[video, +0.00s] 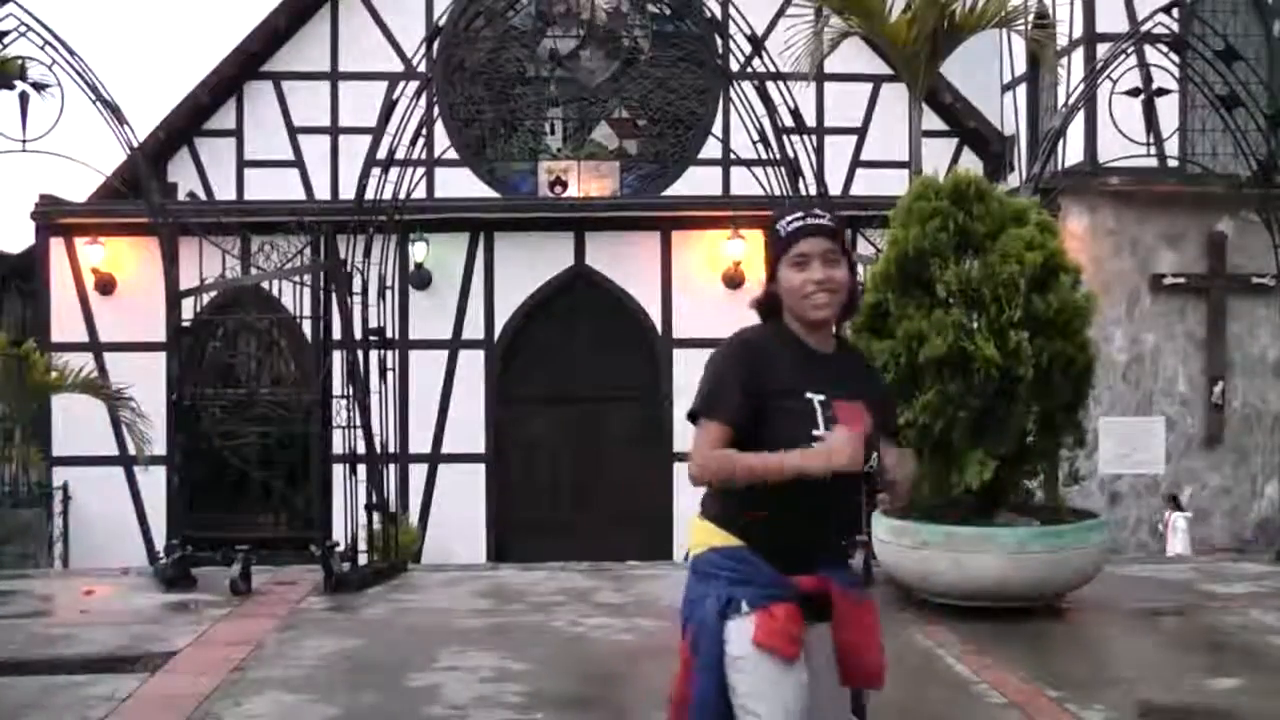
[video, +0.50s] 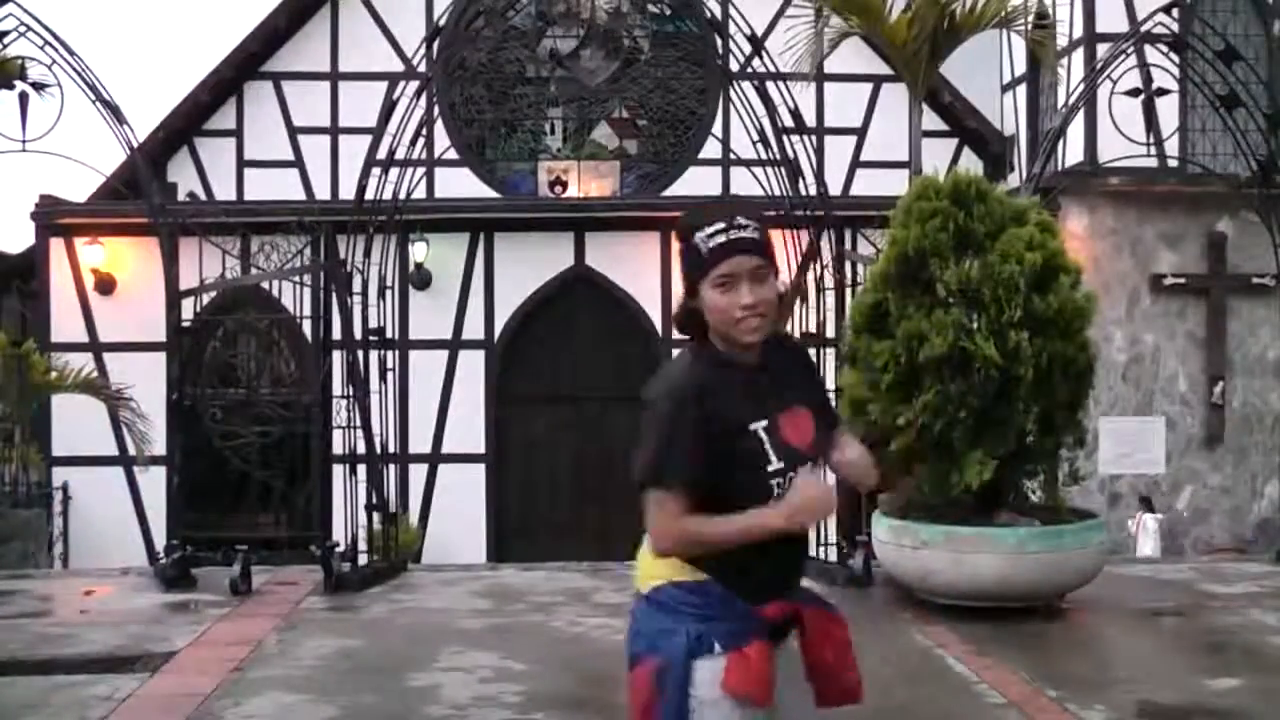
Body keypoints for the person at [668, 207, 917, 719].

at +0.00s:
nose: (819, 277)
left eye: (831, 262)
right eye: (800, 264)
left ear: (851, 275)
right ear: (775, 281)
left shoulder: (857, 367)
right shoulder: (746, 354)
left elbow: (885, 452)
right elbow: (703, 463)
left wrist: (895, 472)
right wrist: (814, 459)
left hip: (828, 572)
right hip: (745, 571)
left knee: (836, 710)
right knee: (772, 708)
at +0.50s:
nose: (749, 298)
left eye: (760, 278)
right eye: (727, 285)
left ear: (778, 283)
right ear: (698, 301)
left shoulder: (789, 359)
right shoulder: (680, 389)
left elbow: (827, 438)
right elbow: (665, 534)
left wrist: (858, 465)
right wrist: (782, 516)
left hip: (773, 608)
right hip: (701, 620)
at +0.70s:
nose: (730, 315)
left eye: (742, 292)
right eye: (707, 300)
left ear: (762, 294)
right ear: (675, 309)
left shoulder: (769, 362)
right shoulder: (653, 402)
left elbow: (815, 430)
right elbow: (629, 551)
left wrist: (817, 454)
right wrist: (751, 563)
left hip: (748, 602)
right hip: (660, 611)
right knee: (635, 705)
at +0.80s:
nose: (724, 319)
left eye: (735, 296)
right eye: (700, 303)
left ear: (755, 297)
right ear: (668, 313)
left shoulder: (769, 362)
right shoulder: (644, 407)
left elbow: (817, 439)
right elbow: (639, 555)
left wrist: (815, 510)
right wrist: (756, 539)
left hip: (751, 600)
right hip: (663, 611)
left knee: (773, 704)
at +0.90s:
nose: (719, 328)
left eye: (732, 305)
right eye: (696, 312)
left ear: (752, 302)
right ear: (664, 320)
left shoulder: (769, 364)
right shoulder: (642, 411)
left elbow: (822, 438)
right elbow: (647, 560)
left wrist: (828, 525)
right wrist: (757, 522)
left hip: (754, 604)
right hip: (668, 615)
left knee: (785, 700)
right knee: (694, 699)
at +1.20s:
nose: (752, 293)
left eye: (765, 272)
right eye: (729, 278)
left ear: (785, 281)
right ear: (701, 294)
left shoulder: (802, 362)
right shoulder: (669, 383)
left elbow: (851, 475)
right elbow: (628, 516)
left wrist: (849, 463)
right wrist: (746, 554)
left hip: (759, 582)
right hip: (667, 583)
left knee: (795, 695)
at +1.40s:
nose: (775, 283)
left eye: (789, 266)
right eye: (755, 270)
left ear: (810, 279)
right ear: (730, 288)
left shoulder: (833, 376)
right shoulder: (691, 371)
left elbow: (880, 480)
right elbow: (647, 481)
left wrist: (855, 528)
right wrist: (755, 473)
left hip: (792, 591)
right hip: (696, 590)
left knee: (809, 704)